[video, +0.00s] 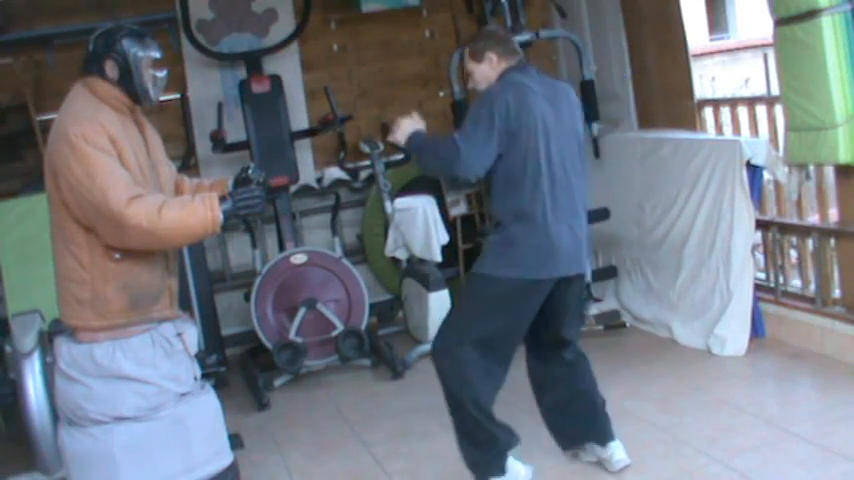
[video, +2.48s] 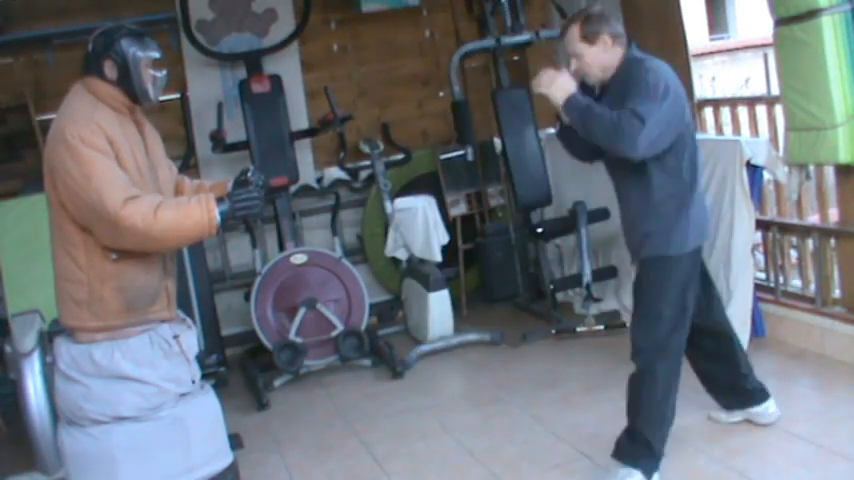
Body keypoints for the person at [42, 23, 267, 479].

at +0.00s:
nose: (153, 74)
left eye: (153, 63)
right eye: (143, 63)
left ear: (117, 68)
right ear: (111, 66)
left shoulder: (131, 118)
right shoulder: (79, 128)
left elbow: (168, 187)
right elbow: (126, 218)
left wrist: (228, 185)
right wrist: (219, 209)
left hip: (152, 318)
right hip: (109, 331)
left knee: (185, 449)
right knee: (133, 459)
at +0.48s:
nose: (154, 74)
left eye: (154, 63)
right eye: (144, 64)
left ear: (117, 68)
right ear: (111, 66)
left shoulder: (131, 117)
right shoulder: (80, 128)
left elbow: (169, 187)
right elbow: (125, 218)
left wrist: (228, 185)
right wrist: (219, 210)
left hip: (151, 316)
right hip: (108, 329)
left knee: (180, 447)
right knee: (132, 457)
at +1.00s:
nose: (157, 76)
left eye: (157, 66)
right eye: (147, 66)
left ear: (118, 70)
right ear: (112, 67)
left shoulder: (134, 120)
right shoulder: (77, 130)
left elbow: (170, 187)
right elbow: (125, 221)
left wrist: (226, 185)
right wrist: (218, 204)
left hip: (154, 319)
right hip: (108, 333)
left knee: (184, 450)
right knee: (128, 460)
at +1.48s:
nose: (154, 75)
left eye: (155, 64)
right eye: (145, 64)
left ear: (118, 68)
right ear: (112, 65)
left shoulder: (133, 118)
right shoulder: (78, 129)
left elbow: (171, 187)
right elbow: (125, 219)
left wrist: (228, 186)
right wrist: (215, 211)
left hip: (152, 316)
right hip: (107, 329)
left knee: (178, 445)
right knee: (129, 456)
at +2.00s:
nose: (153, 74)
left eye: (153, 64)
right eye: (143, 64)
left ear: (115, 68)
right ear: (109, 66)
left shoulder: (131, 119)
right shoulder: (76, 129)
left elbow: (171, 187)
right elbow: (123, 220)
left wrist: (226, 187)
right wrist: (214, 211)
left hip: (152, 315)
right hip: (106, 328)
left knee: (179, 443)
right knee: (129, 455)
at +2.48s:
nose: (153, 75)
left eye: (153, 64)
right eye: (143, 64)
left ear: (117, 68)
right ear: (110, 66)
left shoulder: (133, 120)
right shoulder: (77, 130)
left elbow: (171, 188)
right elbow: (124, 220)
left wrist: (226, 187)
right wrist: (215, 211)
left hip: (152, 315)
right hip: (106, 327)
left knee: (179, 442)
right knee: (129, 454)